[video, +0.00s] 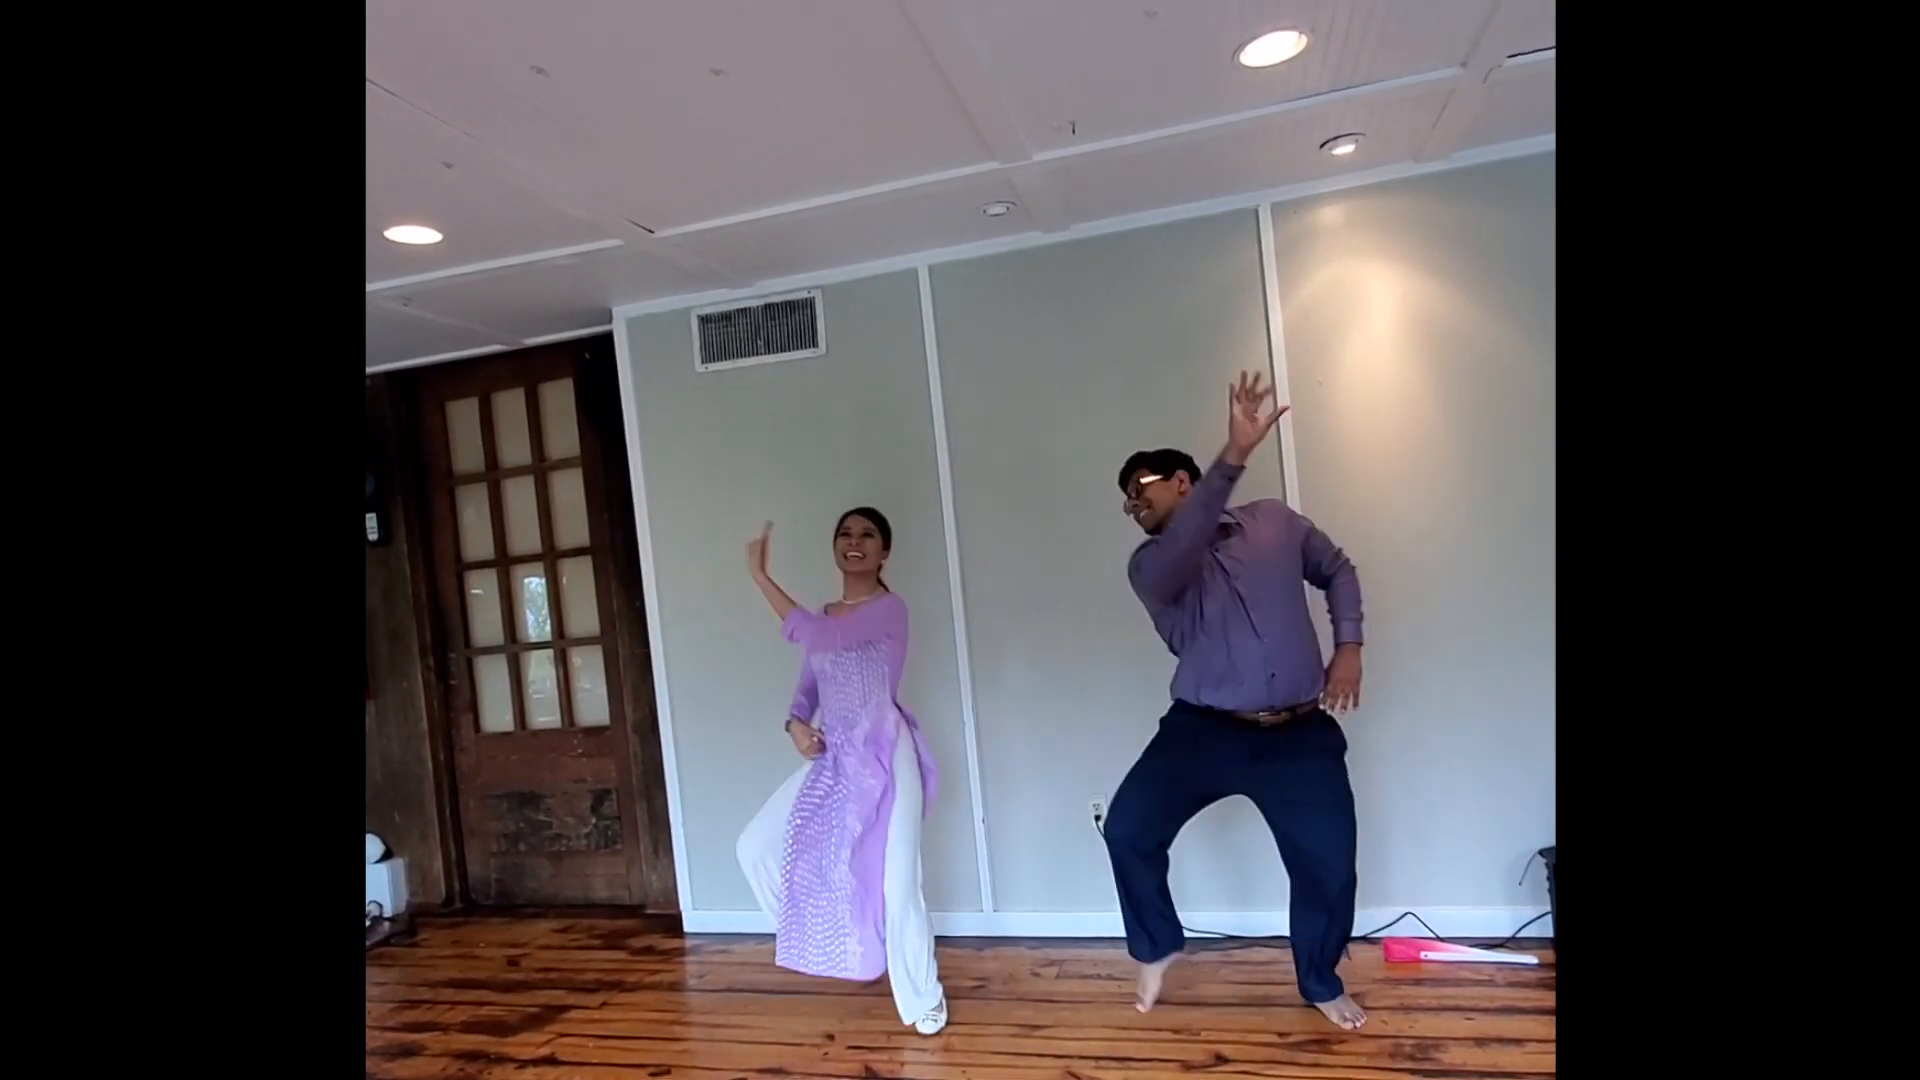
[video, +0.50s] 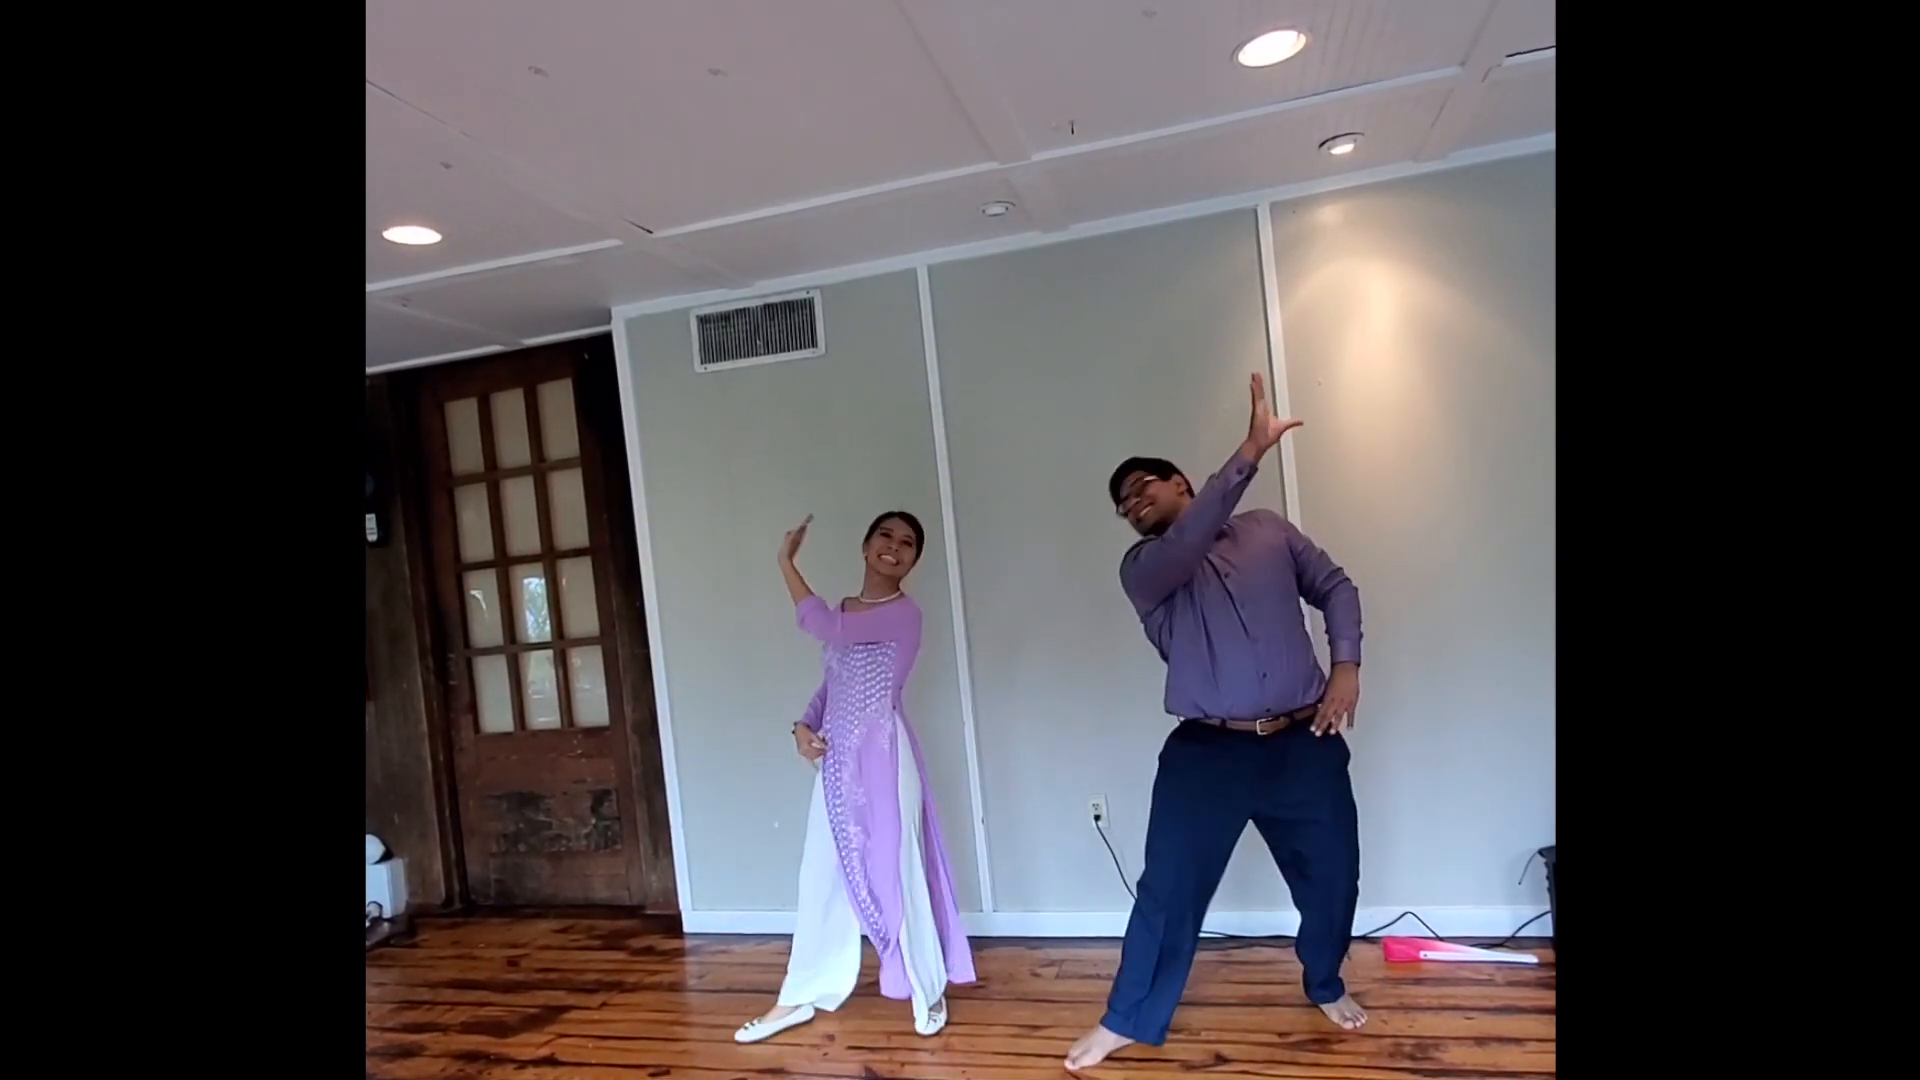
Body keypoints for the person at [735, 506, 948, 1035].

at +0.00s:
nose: (854, 543)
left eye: (866, 536)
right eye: (846, 536)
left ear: (885, 550)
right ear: (834, 550)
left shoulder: (890, 609)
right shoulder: (820, 621)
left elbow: (819, 633)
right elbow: (807, 690)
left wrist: (761, 577)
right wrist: (796, 723)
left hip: (887, 755)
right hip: (832, 758)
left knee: (896, 880)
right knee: (754, 845)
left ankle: (924, 1001)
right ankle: (828, 942)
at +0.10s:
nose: (878, 551)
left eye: (890, 548)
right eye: (870, 542)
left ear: (900, 567)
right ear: (850, 556)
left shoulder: (898, 621)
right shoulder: (835, 624)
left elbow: (812, 647)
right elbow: (827, 696)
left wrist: (780, 585)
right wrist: (811, 732)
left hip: (891, 765)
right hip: (842, 765)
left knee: (895, 881)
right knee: (756, 836)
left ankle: (924, 993)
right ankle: (841, 900)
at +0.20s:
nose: (895, 548)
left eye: (906, 545)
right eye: (887, 538)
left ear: (910, 564)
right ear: (862, 549)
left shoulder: (900, 608)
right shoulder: (840, 611)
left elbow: (817, 624)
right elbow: (829, 687)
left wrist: (781, 567)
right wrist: (814, 721)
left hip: (893, 754)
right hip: (844, 756)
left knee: (902, 871)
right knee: (763, 843)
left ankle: (923, 990)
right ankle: (846, 923)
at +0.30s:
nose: (901, 538)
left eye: (912, 537)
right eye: (892, 529)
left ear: (915, 554)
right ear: (867, 540)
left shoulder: (902, 591)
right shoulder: (843, 605)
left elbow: (817, 593)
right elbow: (825, 675)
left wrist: (776, 543)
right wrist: (806, 713)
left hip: (892, 745)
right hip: (840, 749)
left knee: (905, 868)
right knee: (786, 863)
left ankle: (923, 993)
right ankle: (792, 977)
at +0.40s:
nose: (902, 539)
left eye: (913, 538)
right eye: (893, 529)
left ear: (916, 556)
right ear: (868, 540)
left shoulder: (905, 597)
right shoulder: (845, 607)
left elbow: (825, 598)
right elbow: (827, 672)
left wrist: (775, 545)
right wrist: (801, 712)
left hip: (888, 745)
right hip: (837, 747)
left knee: (903, 865)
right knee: (819, 866)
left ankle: (925, 985)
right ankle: (792, 990)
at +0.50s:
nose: (892, 547)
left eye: (905, 544)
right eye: (885, 536)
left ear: (913, 561)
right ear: (865, 545)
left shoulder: (905, 613)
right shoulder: (843, 612)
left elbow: (834, 628)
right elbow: (828, 688)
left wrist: (788, 564)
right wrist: (803, 726)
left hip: (884, 754)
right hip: (838, 756)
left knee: (898, 873)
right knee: (821, 876)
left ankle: (928, 990)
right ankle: (802, 995)